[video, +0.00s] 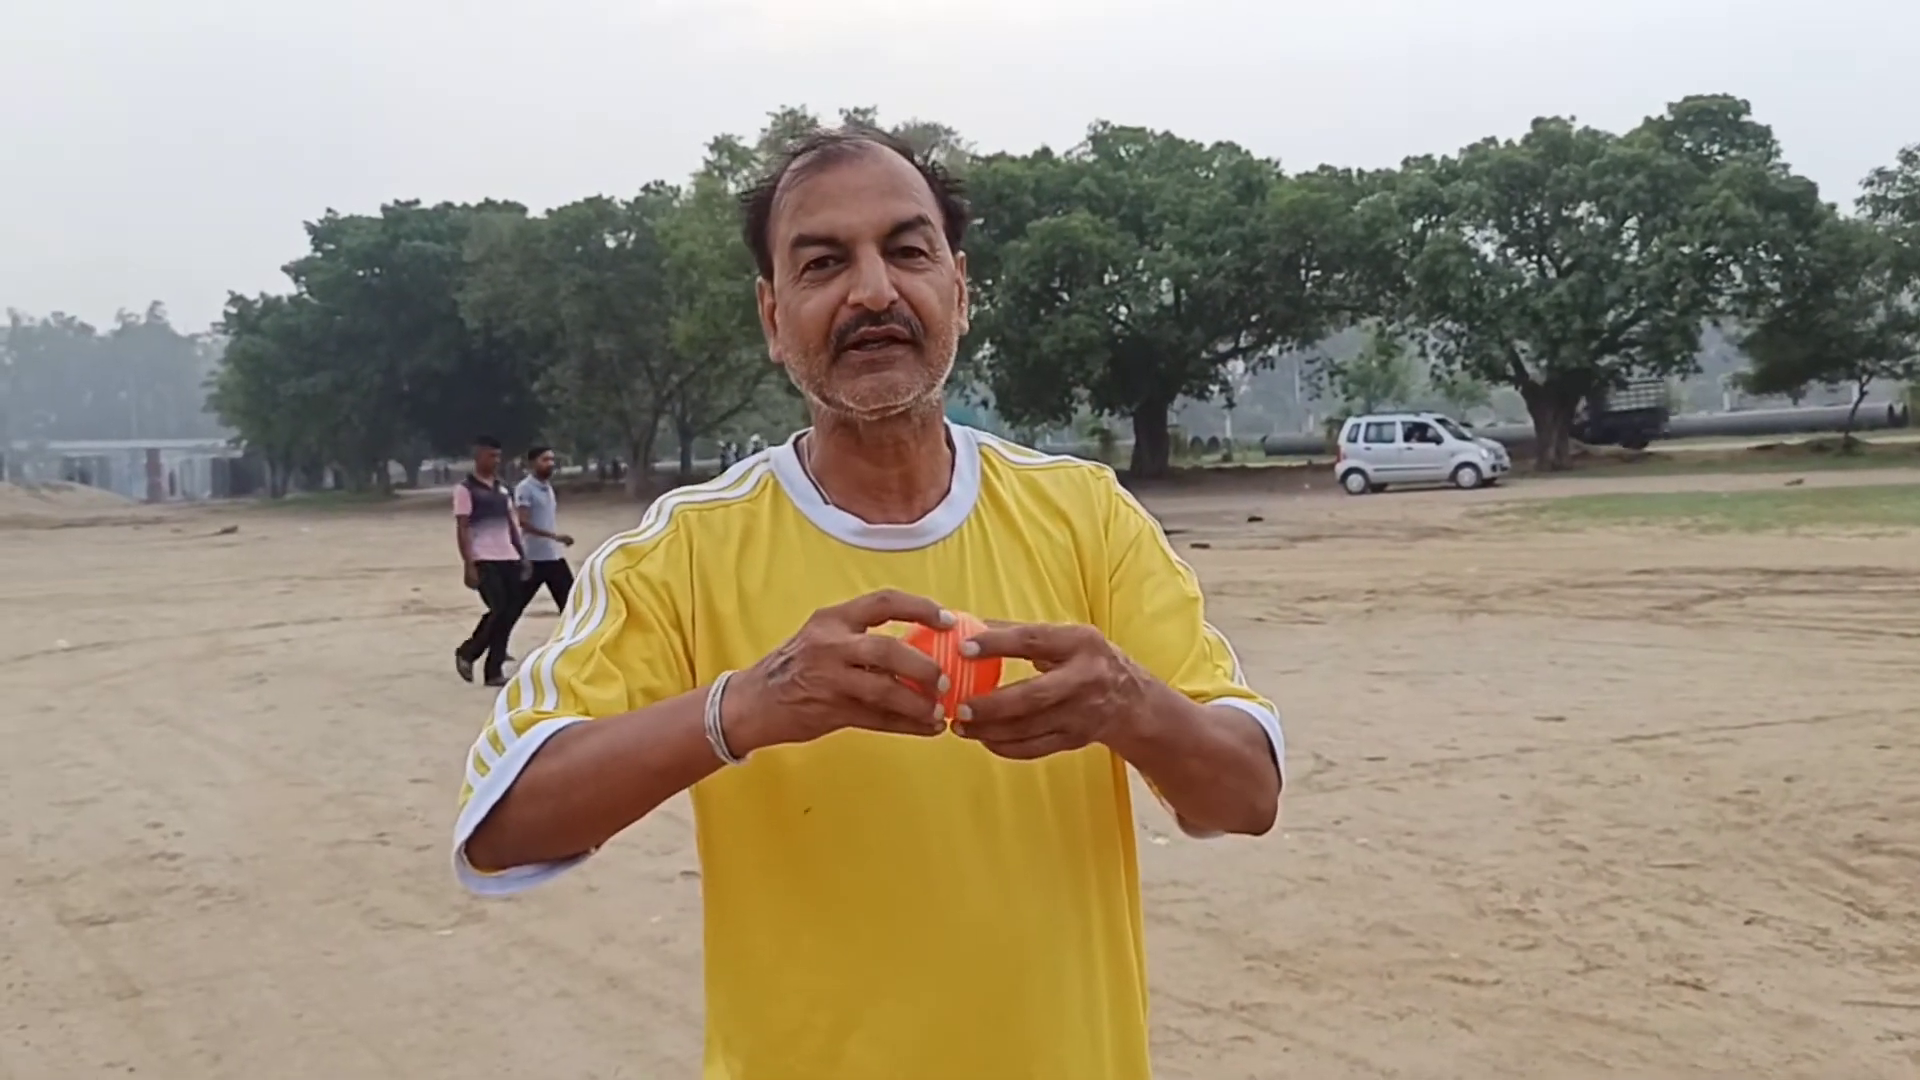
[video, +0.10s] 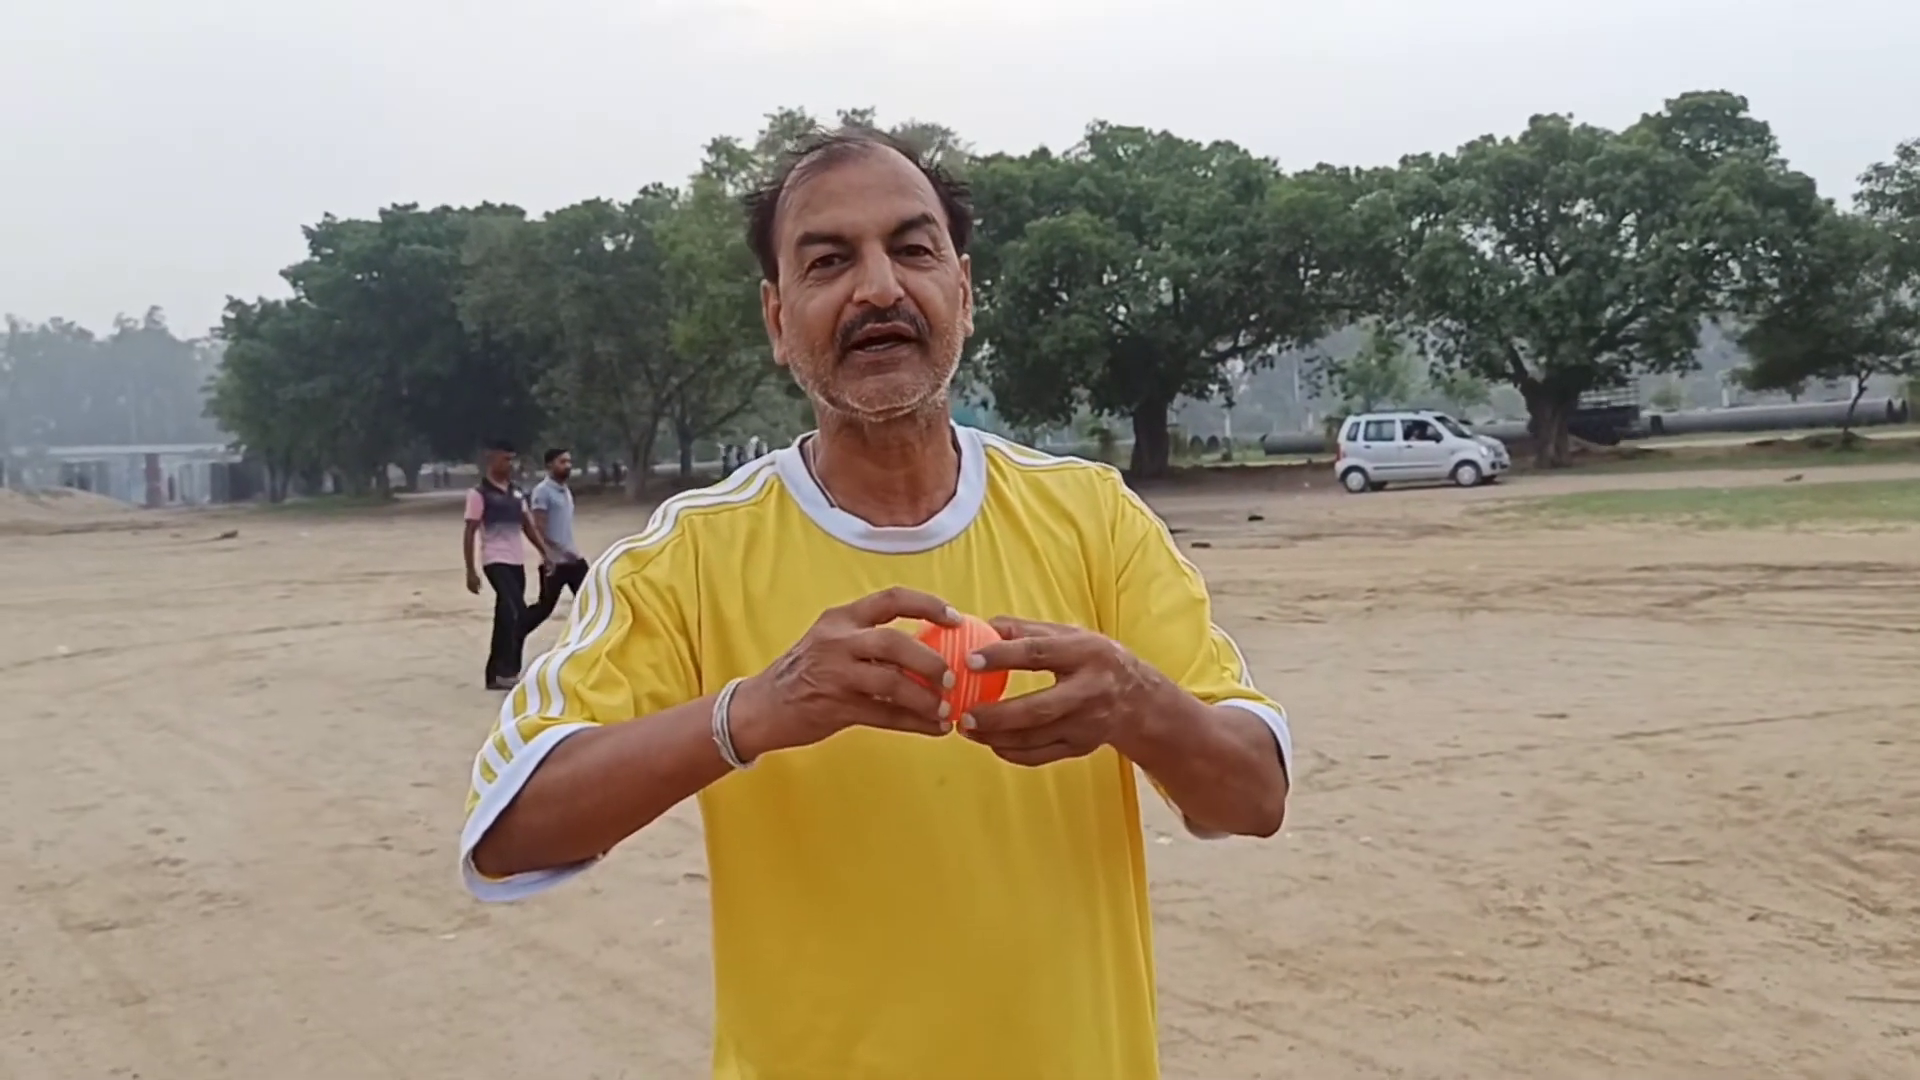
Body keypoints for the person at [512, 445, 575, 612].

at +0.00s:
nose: (551, 464)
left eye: (552, 459)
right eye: (546, 460)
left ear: (554, 462)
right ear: (533, 463)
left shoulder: (548, 488)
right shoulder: (524, 489)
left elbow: (544, 521)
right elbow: (523, 522)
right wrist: (556, 537)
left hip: (554, 558)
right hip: (534, 560)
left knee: (572, 608)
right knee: (512, 608)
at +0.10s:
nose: (568, 466)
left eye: (569, 461)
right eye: (563, 461)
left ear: (570, 464)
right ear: (551, 465)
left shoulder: (565, 491)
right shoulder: (542, 491)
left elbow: (564, 526)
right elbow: (539, 530)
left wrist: (574, 553)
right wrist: (559, 554)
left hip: (572, 560)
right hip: (553, 563)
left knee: (592, 604)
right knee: (544, 608)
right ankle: (515, 634)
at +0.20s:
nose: (583, 463)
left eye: (585, 459)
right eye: (578, 459)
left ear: (586, 463)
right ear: (566, 462)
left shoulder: (581, 488)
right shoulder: (556, 489)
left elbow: (585, 521)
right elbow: (553, 526)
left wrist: (597, 552)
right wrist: (564, 554)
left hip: (590, 557)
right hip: (570, 560)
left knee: (598, 605)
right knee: (576, 606)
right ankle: (541, 634)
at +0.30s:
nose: (598, 462)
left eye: (599, 458)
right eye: (593, 458)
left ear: (601, 461)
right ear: (580, 461)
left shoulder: (597, 486)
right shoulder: (569, 488)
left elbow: (605, 518)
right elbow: (558, 524)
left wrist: (622, 543)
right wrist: (567, 552)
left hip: (599, 555)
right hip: (581, 556)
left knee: (601, 602)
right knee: (595, 602)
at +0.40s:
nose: (610, 464)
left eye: (612, 460)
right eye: (605, 460)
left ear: (614, 463)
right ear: (593, 463)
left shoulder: (611, 489)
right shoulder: (581, 490)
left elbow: (622, 516)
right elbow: (568, 524)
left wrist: (645, 540)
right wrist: (567, 557)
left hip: (609, 556)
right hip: (592, 557)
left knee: (604, 605)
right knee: (600, 605)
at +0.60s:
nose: (626, 468)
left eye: (628, 464)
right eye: (621, 464)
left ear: (630, 466)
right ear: (609, 467)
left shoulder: (629, 493)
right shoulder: (599, 496)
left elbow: (639, 521)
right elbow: (586, 530)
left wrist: (661, 541)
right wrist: (589, 564)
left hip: (631, 557)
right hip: (612, 561)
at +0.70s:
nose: (634, 465)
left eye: (636, 460)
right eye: (628, 460)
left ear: (638, 463)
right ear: (616, 465)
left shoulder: (637, 489)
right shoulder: (608, 493)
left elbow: (646, 522)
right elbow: (600, 529)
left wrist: (662, 543)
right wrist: (604, 563)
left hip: (640, 555)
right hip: (622, 558)